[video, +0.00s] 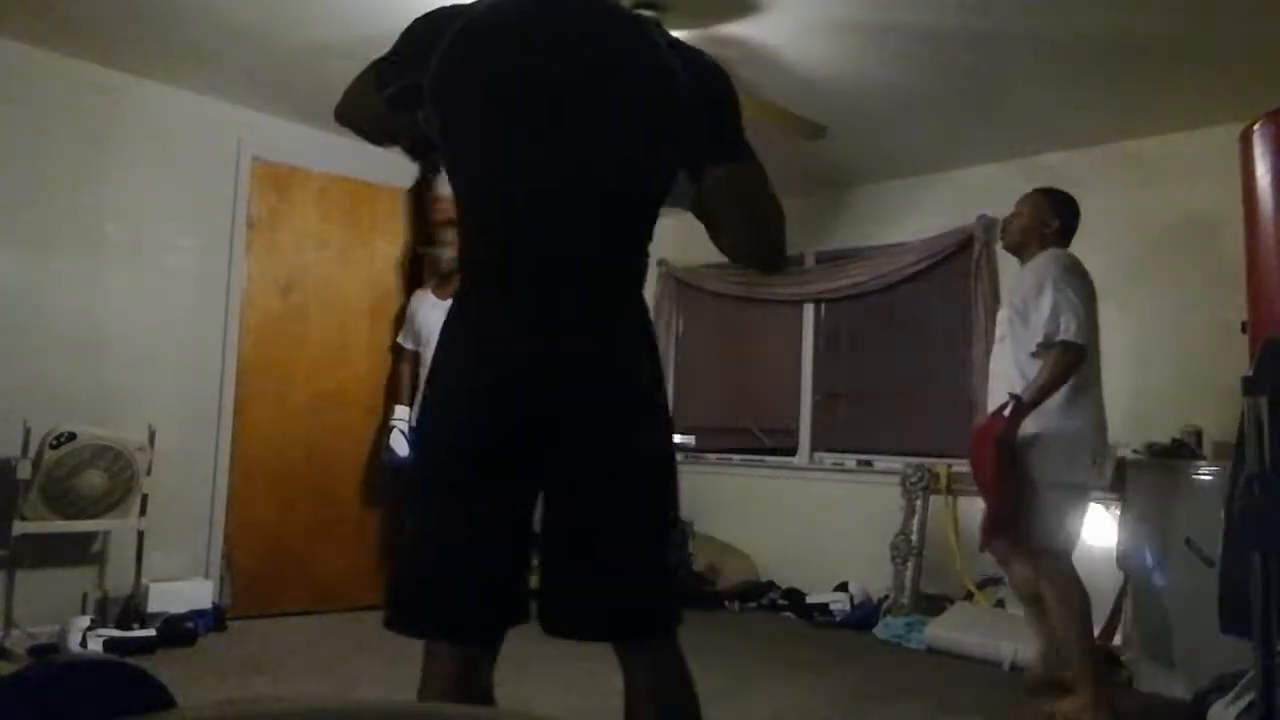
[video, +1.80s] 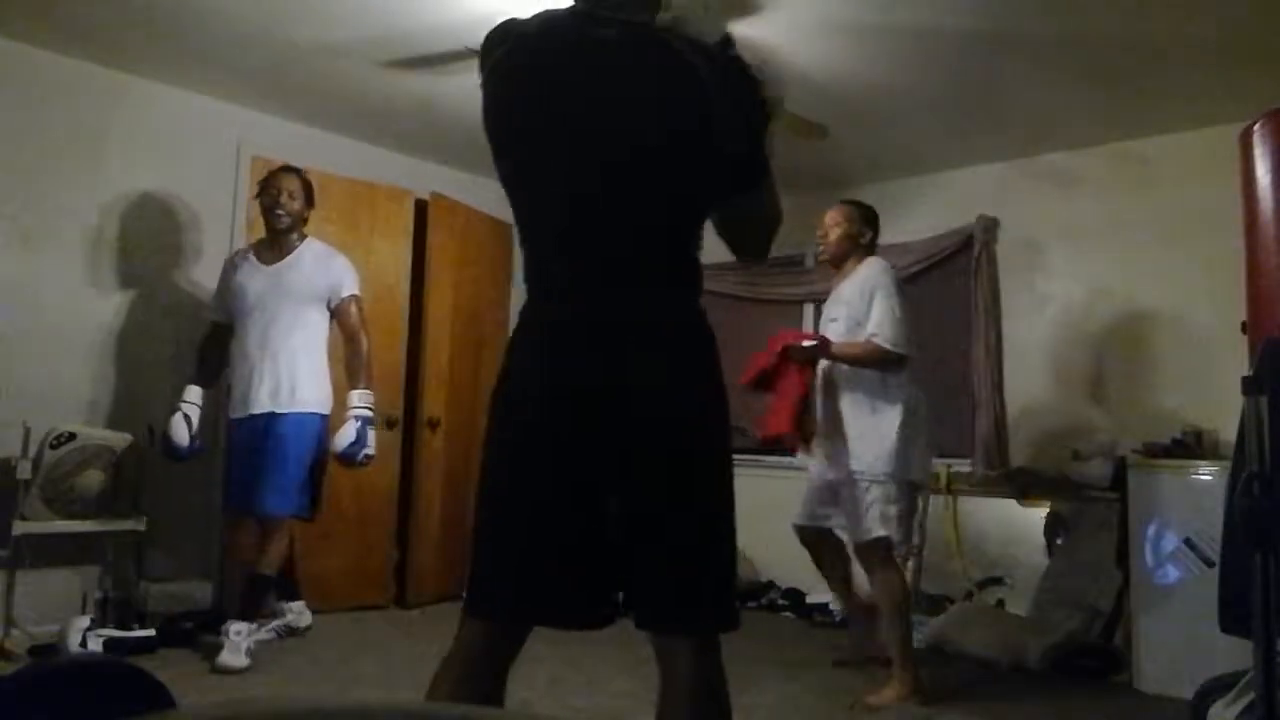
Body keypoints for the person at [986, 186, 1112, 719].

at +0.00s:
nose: (1007, 221)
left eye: (1018, 212)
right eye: (1011, 213)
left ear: (1048, 225)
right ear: (1049, 227)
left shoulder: (1056, 269)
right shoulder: (1039, 272)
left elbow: (1067, 350)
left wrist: (1014, 411)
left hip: (1055, 448)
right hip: (1033, 445)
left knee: (1049, 559)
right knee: (1009, 547)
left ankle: (1084, 691)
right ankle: (1058, 656)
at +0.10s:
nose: (991, 222)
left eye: (1001, 214)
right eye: (994, 215)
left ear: (1030, 227)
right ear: (1030, 229)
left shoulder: (1042, 269)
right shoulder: (1018, 275)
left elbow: (1063, 347)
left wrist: (1005, 402)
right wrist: (983, 254)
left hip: (1043, 442)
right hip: (1014, 439)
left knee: (1046, 554)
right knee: (990, 540)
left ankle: (1088, 692)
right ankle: (1003, 660)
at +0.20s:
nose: (975, 226)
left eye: (986, 219)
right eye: (978, 218)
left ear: (1019, 230)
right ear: (1011, 231)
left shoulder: (1032, 270)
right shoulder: (998, 280)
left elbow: (1057, 346)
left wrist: (994, 401)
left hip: (1036, 449)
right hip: (998, 447)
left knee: (1041, 557)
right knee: (975, 545)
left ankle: (1086, 688)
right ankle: (980, 658)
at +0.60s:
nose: (931, 221)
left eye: (941, 213)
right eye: (930, 214)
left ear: (973, 219)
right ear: (936, 227)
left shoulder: (996, 261)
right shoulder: (935, 284)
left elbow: (1048, 322)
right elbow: (950, 348)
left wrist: (994, 361)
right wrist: (921, 361)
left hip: (989, 425)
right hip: (942, 428)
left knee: (973, 538)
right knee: (940, 535)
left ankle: (1008, 664)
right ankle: (968, 653)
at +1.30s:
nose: (869, 244)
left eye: (879, 235)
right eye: (870, 236)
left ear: (909, 244)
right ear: (882, 247)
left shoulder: (934, 291)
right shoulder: (873, 303)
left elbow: (974, 363)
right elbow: (868, 368)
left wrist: (926, 385)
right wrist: (846, 366)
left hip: (924, 440)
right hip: (880, 441)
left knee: (911, 541)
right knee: (881, 540)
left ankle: (970, 652)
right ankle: (919, 644)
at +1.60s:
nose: (842, 245)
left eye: (851, 236)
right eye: (843, 237)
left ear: (883, 243)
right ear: (866, 245)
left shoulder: (903, 286)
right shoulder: (860, 298)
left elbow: (940, 353)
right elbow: (853, 359)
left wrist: (867, 368)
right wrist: (824, 368)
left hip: (900, 451)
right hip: (869, 449)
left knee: (879, 548)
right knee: (878, 548)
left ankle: (904, 673)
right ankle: (914, 648)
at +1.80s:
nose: (820, 237)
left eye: (830, 229)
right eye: (821, 229)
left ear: (861, 236)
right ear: (848, 238)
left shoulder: (878, 274)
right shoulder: (842, 286)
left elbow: (890, 349)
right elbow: (843, 364)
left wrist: (824, 350)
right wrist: (798, 361)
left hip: (881, 447)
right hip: (842, 445)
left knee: (875, 550)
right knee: (812, 526)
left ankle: (903, 677)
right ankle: (860, 617)